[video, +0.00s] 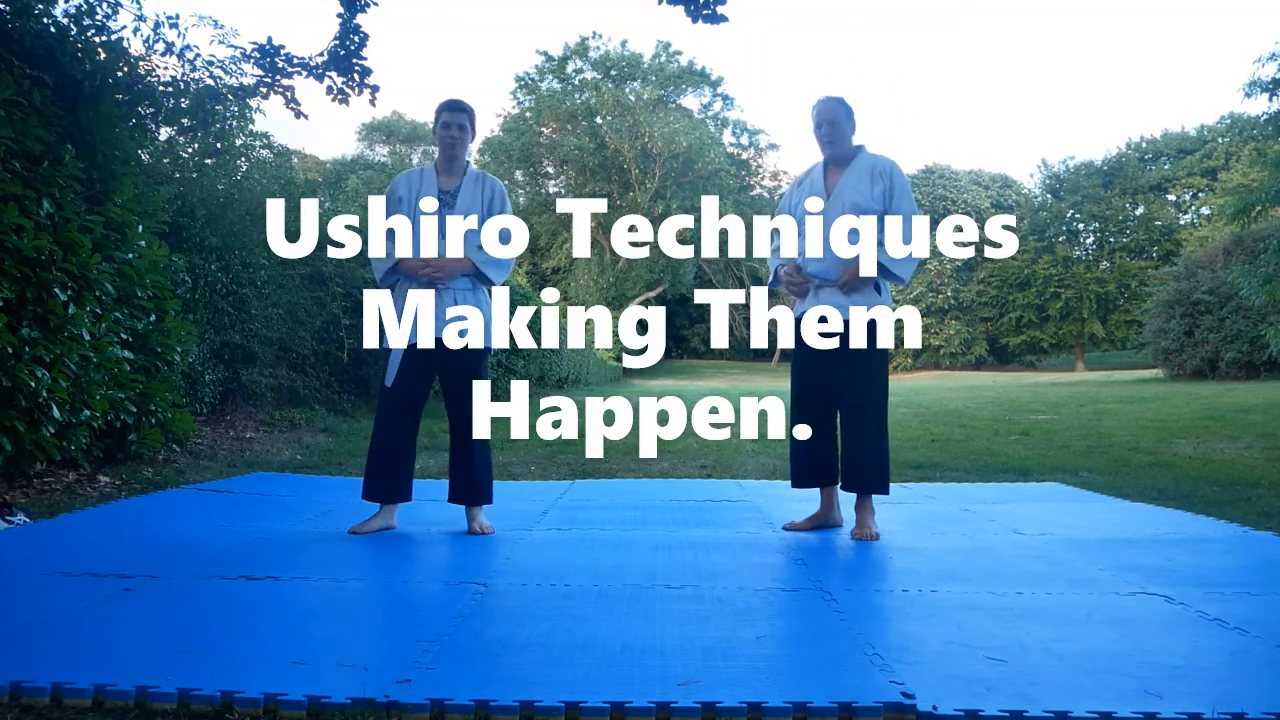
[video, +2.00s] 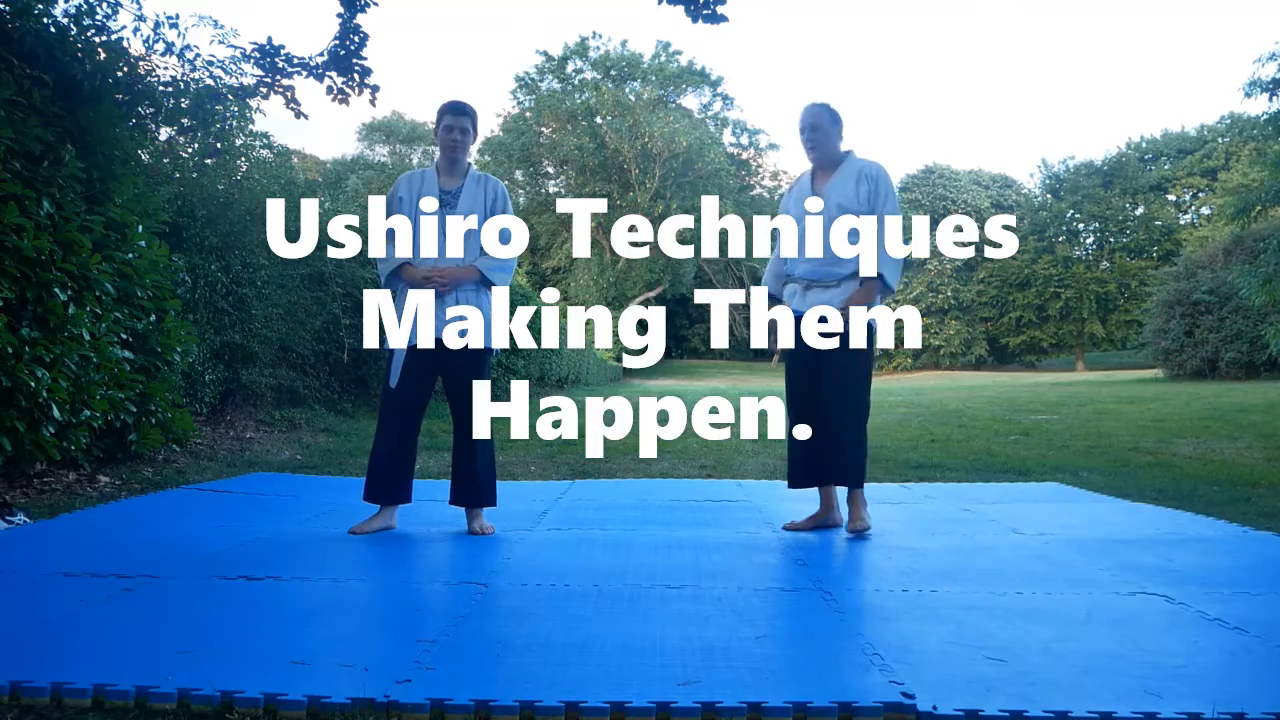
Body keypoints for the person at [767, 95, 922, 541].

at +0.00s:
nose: (825, 131)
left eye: (832, 123)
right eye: (819, 125)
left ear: (853, 126)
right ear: (811, 132)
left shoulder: (883, 171)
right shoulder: (798, 187)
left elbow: (907, 238)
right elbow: (779, 244)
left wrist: (864, 266)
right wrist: (784, 270)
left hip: (863, 310)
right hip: (811, 309)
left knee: (862, 408)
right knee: (813, 408)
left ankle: (864, 509)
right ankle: (828, 506)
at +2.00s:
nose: (808, 138)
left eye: (815, 130)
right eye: (803, 132)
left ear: (839, 132)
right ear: (798, 138)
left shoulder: (868, 175)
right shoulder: (795, 193)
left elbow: (890, 240)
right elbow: (780, 256)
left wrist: (865, 293)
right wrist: (771, 301)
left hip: (850, 306)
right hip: (800, 309)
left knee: (847, 406)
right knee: (810, 408)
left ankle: (856, 502)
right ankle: (827, 506)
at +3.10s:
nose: (771, 131)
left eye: (780, 122)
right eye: (768, 123)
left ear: (808, 122)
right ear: (768, 126)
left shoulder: (835, 165)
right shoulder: (767, 180)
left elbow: (850, 231)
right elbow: (750, 244)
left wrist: (829, 290)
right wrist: (726, 302)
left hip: (809, 307)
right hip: (761, 307)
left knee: (800, 408)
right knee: (741, 401)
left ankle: (792, 512)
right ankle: (782, 487)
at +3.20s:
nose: (767, 130)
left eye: (775, 122)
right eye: (764, 123)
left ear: (803, 121)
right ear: (766, 125)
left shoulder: (832, 165)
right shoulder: (763, 179)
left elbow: (848, 231)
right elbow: (746, 243)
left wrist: (825, 290)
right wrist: (726, 301)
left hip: (807, 306)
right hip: (757, 306)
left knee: (799, 410)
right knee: (735, 403)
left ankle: (791, 514)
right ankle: (751, 497)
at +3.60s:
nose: (738, 129)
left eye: (747, 121)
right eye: (734, 121)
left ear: (774, 123)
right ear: (732, 124)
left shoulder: (802, 169)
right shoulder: (721, 178)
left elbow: (822, 236)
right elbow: (700, 245)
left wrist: (832, 301)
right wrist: (678, 305)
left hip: (781, 305)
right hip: (725, 306)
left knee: (783, 411)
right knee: (711, 409)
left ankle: (789, 514)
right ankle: (699, 508)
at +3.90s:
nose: (731, 125)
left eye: (740, 118)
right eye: (725, 118)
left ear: (756, 124)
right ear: (715, 124)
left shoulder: (778, 174)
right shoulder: (694, 173)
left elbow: (804, 238)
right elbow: (658, 223)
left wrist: (838, 292)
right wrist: (624, 266)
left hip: (762, 304)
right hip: (704, 303)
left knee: (762, 407)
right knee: (696, 405)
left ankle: (766, 505)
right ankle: (698, 506)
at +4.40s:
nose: (756, 124)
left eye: (762, 118)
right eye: (749, 116)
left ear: (767, 129)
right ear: (727, 124)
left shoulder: (769, 187)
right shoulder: (708, 166)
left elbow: (774, 254)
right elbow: (678, 213)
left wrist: (779, 312)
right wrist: (661, 258)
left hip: (752, 304)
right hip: (707, 297)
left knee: (744, 403)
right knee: (703, 400)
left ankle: (721, 505)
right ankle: (692, 505)